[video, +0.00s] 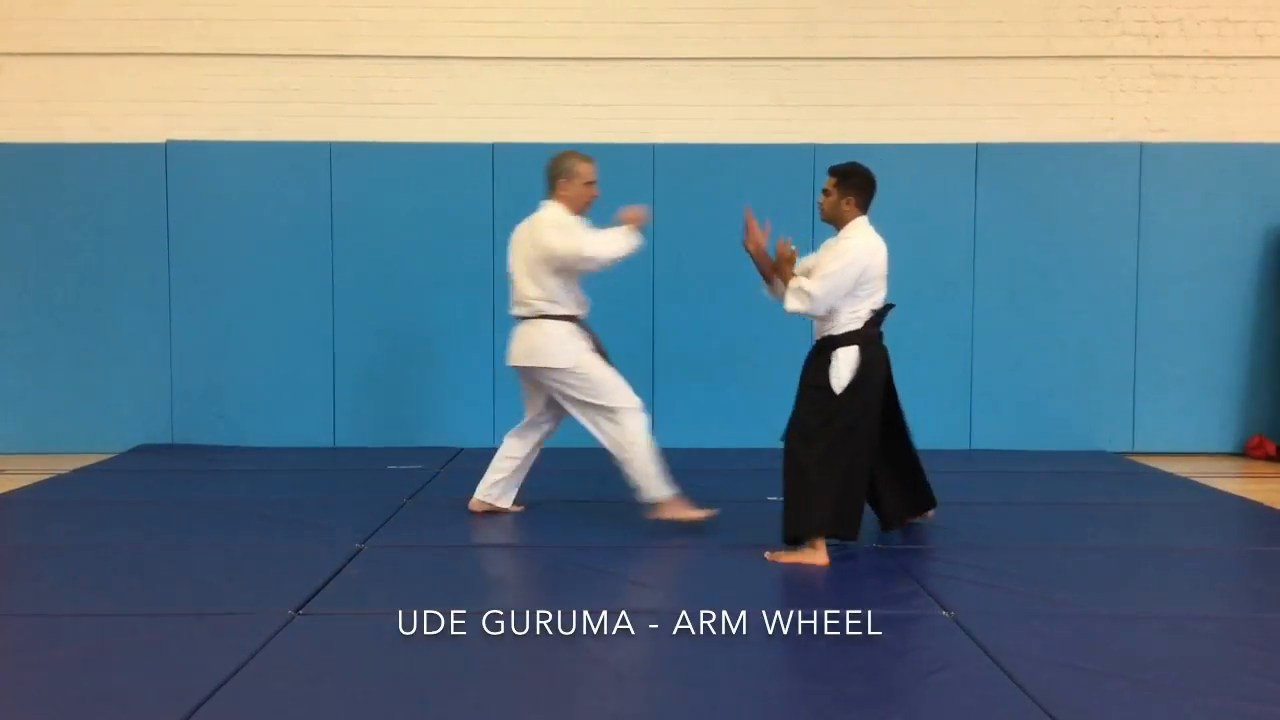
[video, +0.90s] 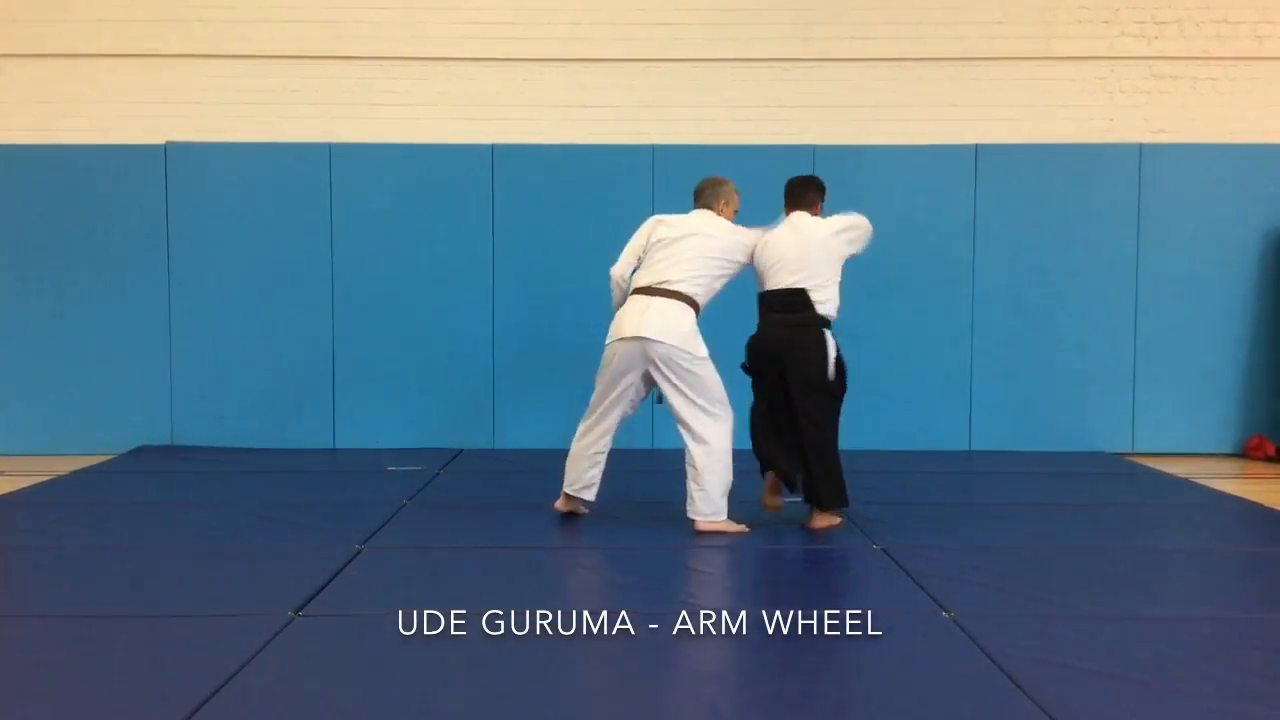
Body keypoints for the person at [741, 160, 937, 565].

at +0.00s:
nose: (820, 198)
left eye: (827, 193)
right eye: (823, 192)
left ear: (848, 200)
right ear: (851, 202)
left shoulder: (856, 245)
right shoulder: (849, 240)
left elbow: (818, 300)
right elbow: (794, 287)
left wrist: (787, 270)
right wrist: (761, 259)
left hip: (842, 355)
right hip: (858, 351)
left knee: (806, 443)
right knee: (872, 433)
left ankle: (813, 545)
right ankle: (911, 503)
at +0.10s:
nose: (808, 192)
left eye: (815, 186)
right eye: (811, 185)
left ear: (834, 192)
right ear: (841, 193)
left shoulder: (843, 239)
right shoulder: (842, 229)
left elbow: (794, 294)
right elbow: (782, 240)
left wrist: (776, 265)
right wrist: (753, 204)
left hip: (831, 350)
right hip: (852, 344)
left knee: (804, 443)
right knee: (866, 436)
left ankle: (813, 544)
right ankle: (903, 512)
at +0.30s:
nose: (791, 187)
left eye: (793, 180)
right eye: (792, 178)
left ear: (803, 183)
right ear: (831, 180)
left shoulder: (794, 232)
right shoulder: (858, 213)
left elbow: (757, 285)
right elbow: (827, 197)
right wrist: (797, 175)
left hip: (813, 341)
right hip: (853, 336)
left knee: (801, 438)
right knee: (850, 430)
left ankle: (812, 542)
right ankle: (865, 511)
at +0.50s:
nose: (783, 197)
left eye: (780, 192)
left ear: (781, 193)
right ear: (818, 193)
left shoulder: (768, 233)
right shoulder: (846, 221)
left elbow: (759, 291)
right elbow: (881, 222)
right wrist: (848, 212)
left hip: (799, 340)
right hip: (844, 337)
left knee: (789, 433)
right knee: (842, 427)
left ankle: (809, 538)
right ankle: (847, 515)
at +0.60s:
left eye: (780, 204)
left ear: (779, 205)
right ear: (815, 201)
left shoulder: (763, 244)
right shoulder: (843, 228)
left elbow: (763, 300)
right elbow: (884, 245)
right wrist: (858, 263)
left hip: (793, 344)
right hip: (839, 341)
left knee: (784, 434)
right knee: (833, 427)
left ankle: (809, 536)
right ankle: (830, 509)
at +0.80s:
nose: (816, 215)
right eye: (821, 210)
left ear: (787, 212)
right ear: (821, 210)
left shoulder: (767, 251)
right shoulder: (840, 237)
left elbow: (767, 308)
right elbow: (878, 257)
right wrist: (843, 243)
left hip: (780, 337)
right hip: (825, 335)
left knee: (777, 416)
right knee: (824, 422)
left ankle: (778, 479)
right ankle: (827, 508)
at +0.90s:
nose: (820, 210)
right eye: (821, 206)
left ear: (785, 206)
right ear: (818, 207)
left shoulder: (764, 240)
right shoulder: (832, 232)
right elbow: (863, 224)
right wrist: (827, 221)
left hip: (768, 337)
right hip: (812, 338)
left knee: (769, 407)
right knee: (819, 420)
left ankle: (774, 470)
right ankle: (824, 508)